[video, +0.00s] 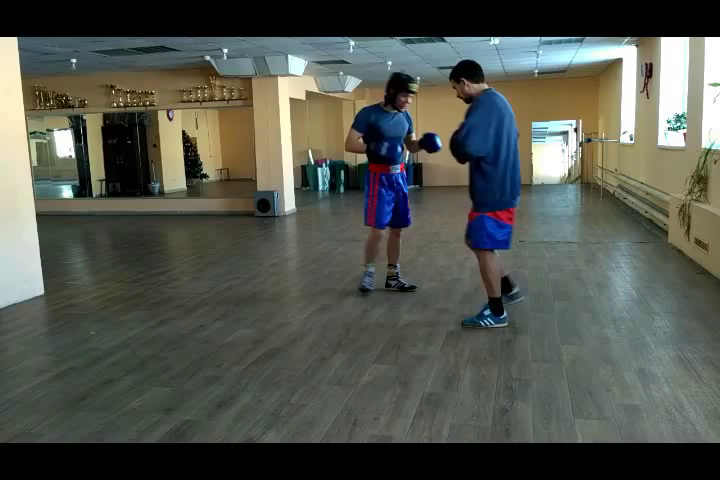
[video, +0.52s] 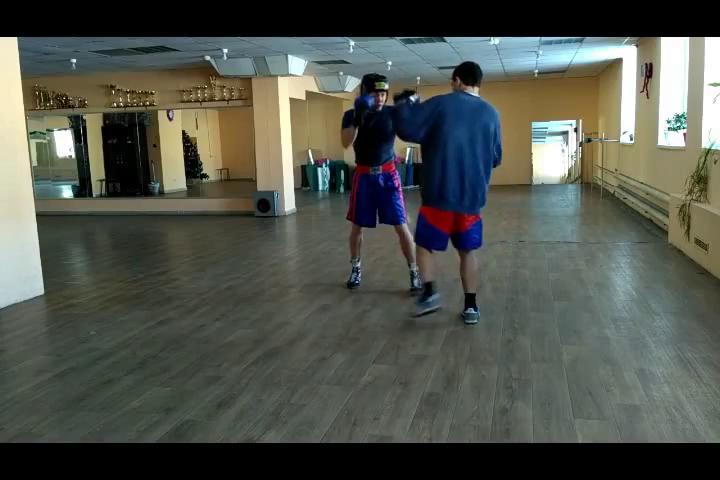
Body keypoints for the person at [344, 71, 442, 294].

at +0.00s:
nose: (408, 101)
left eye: (410, 96)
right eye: (405, 96)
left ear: (409, 96)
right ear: (392, 93)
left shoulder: (405, 117)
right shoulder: (369, 114)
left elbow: (410, 146)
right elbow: (350, 145)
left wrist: (423, 144)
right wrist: (371, 147)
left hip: (399, 177)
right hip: (378, 177)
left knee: (396, 229)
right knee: (379, 229)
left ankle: (393, 277)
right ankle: (368, 273)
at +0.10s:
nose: (393, 97)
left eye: (396, 92)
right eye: (389, 92)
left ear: (398, 94)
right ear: (377, 92)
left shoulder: (399, 115)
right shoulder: (359, 116)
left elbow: (410, 142)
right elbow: (347, 149)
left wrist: (410, 140)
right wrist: (368, 146)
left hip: (394, 175)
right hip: (371, 176)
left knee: (397, 228)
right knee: (364, 227)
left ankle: (393, 276)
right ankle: (357, 268)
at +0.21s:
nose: (386, 98)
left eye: (389, 94)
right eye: (382, 94)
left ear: (392, 96)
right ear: (371, 94)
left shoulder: (396, 116)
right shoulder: (355, 119)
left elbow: (409, 143)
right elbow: (346, 153)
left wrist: (403, 145)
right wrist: (362, 150)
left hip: (392, 176)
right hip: (367, 177)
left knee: (400, 228)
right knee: (360, 228)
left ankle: (397, 274)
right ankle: (355, 269)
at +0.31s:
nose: (377, 102)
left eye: (379, 97)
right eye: (372, 97)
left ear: (383, 97)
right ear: (360, 98)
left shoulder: (390, 117)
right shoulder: (349, 122)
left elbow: (402, 148)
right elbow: (343, 155)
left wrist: (399, 148)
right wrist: (360, 152)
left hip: (388, 177)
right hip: (363, 179)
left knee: (401, 226)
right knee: (357, 228)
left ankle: (409, 270)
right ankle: (355, 269)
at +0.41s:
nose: (376, 101)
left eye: (379, 97)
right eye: (371, 97)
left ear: (382, 97)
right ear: (360, 97)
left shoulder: (389, 116)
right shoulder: (348, 120)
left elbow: (403, 150)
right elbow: (342, 153)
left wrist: (390, 146)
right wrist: (361, 148)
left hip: (388, 176)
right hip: (363, 177)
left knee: (400, 225)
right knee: (357, 227)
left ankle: (410, 270)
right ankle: (355, 269)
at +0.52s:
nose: (380, 98)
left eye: (383, 94)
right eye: (375, 94)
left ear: (387, 95)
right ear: (365, 94)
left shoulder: (391, 113)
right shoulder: (353, 115)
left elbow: (406, 134)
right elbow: (346, 142)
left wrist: (409, 109)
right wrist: (358, 116)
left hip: (388, 174)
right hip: (364, 175)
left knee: (401, 226)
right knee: (357, 226)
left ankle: (414, 272)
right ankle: (355, 268)